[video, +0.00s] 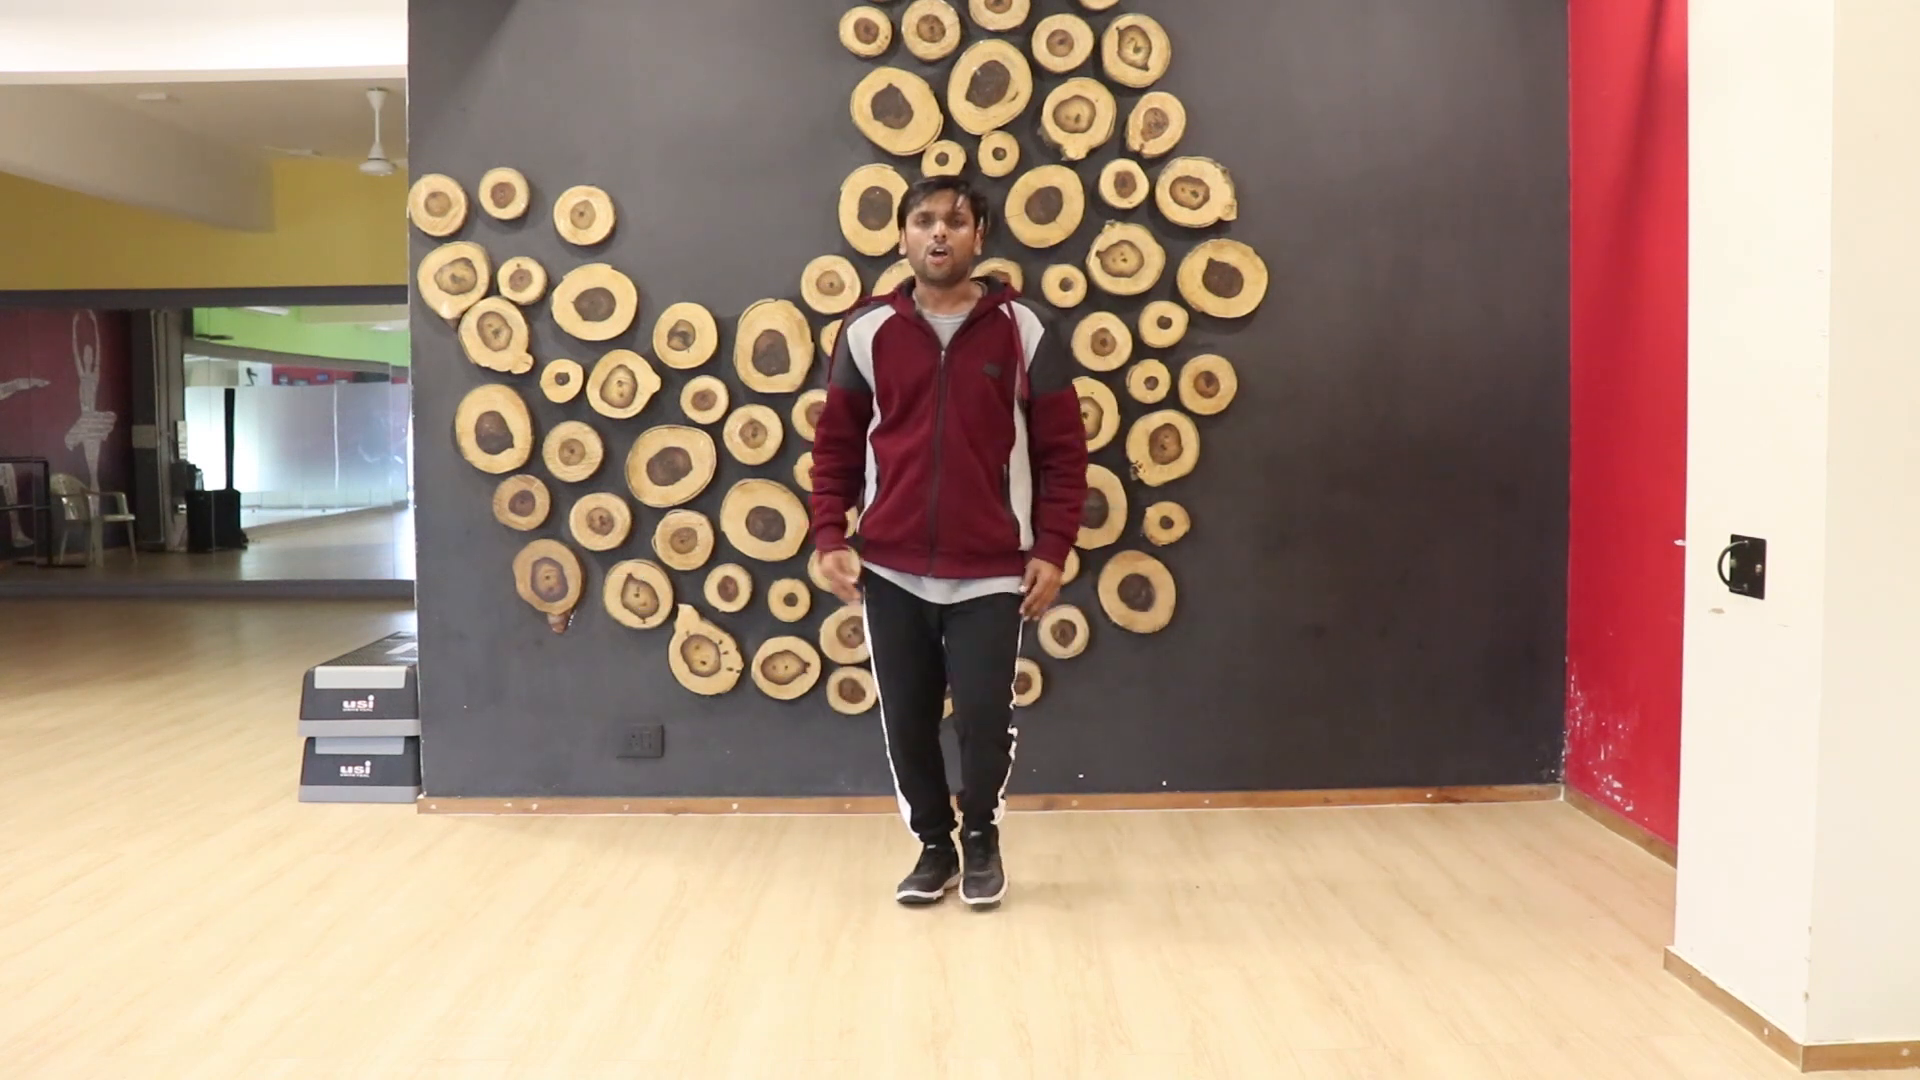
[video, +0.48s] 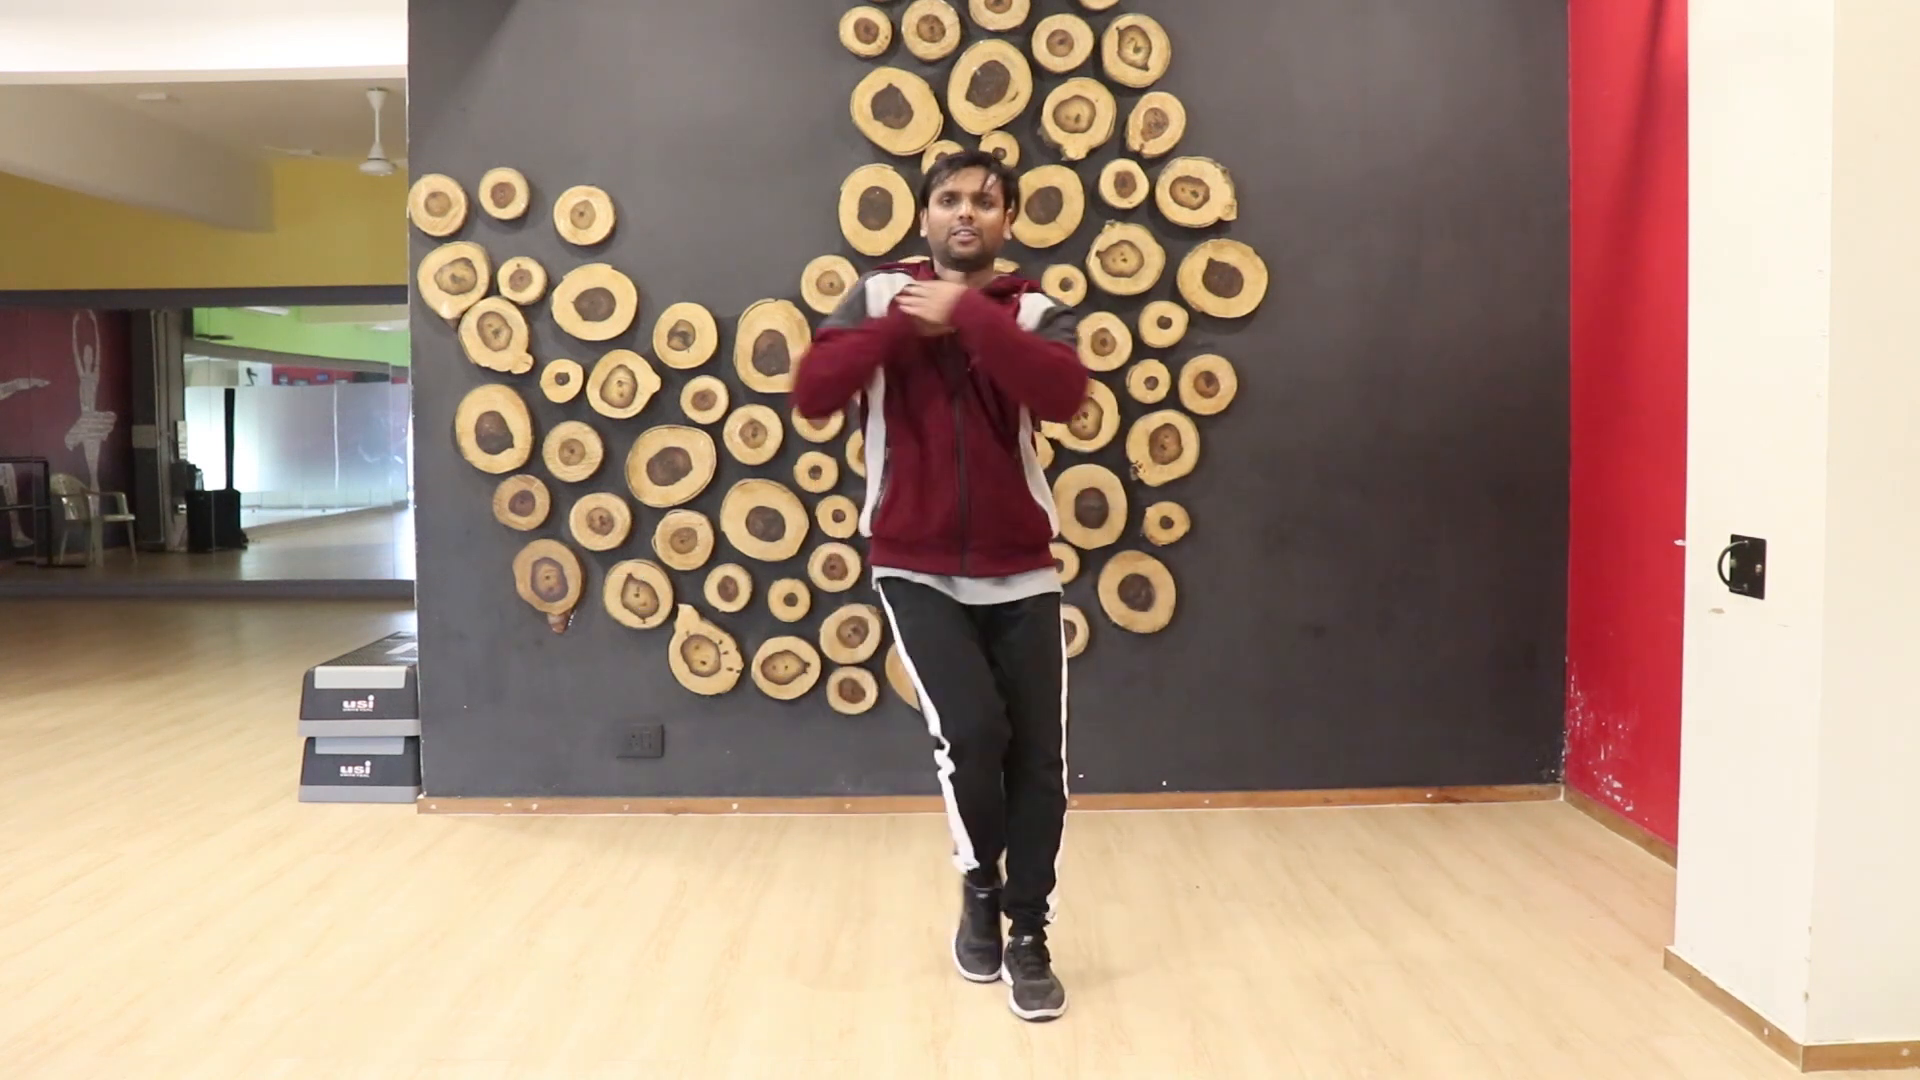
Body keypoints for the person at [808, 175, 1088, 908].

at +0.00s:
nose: (938, 234)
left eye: (954, 222)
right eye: (924, 222)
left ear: (979, 238)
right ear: (904, 238)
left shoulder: (1022, 330)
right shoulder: (864, 333)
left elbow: (1060, 447)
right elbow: (836, 444)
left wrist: (1052, 548)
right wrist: (830, 536)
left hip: (989, 567)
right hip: (892, 566)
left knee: (983, 717)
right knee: (906, 721)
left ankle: (979, 835)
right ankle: (934, 846)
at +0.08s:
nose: (940, 237)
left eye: (956, 224)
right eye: (925, 224)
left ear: (980, 241)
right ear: (904, 240)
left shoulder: (1023, 333)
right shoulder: (865, 336)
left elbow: (1079, 445)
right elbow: (826, 434)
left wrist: (1081, 544)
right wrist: (803, 520)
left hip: (990, 570)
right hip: (892, 570)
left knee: (994, 713)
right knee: (906, 723)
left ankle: (982, 863)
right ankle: (935, 850)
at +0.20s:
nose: (949, 230)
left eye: (965, 218)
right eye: (933, 217)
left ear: (987, 237)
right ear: (908, 237)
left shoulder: (1027, 329)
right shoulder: (867, 325)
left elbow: (1081, 434)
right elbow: (815, 435)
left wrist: (1034, 492)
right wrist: (869, 441)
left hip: (997, 576)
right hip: (896, 575)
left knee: (1009, 737)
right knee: (911, 730)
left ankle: (1019, 913)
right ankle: (936, 847)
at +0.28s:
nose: (955, 227)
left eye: (971, 214)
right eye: (939, 214)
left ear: (993, 233)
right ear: (913, 232)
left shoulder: (1021, 316)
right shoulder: (884, 310)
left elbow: (1019, 419)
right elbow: (871, 404)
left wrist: (915, 367)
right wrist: (982, 337)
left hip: (1006, 567)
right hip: (908, 568)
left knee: (1018, 747)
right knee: (913, 742)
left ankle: (1023, 929)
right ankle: (939, 836)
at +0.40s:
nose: (963, 219)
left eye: (980, 207)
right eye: (945, 206)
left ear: (1001, 228)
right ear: (918, 224)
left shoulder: (1019, 316)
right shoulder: (884, 308)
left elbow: (1016, 381)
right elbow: (880, 381)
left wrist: (916, 286)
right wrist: (986, 307)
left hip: (1024, 570)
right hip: (923, 570)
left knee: (1035, 757)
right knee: (950, 750)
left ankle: (1026, 934)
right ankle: (969, 866)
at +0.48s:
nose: (965, 214)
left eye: (982, 203)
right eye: (949, 201)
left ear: (1007, 222)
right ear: (922, 217)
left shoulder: (1030, 305)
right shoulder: (880, 293)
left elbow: (1065, 394)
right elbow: (811, 392)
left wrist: (974, 313)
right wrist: (905, 324)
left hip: (1018, 563)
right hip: (913, 563)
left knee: (1037, 749)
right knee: (977, 731)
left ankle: (1028, 931)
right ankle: (982, 887)